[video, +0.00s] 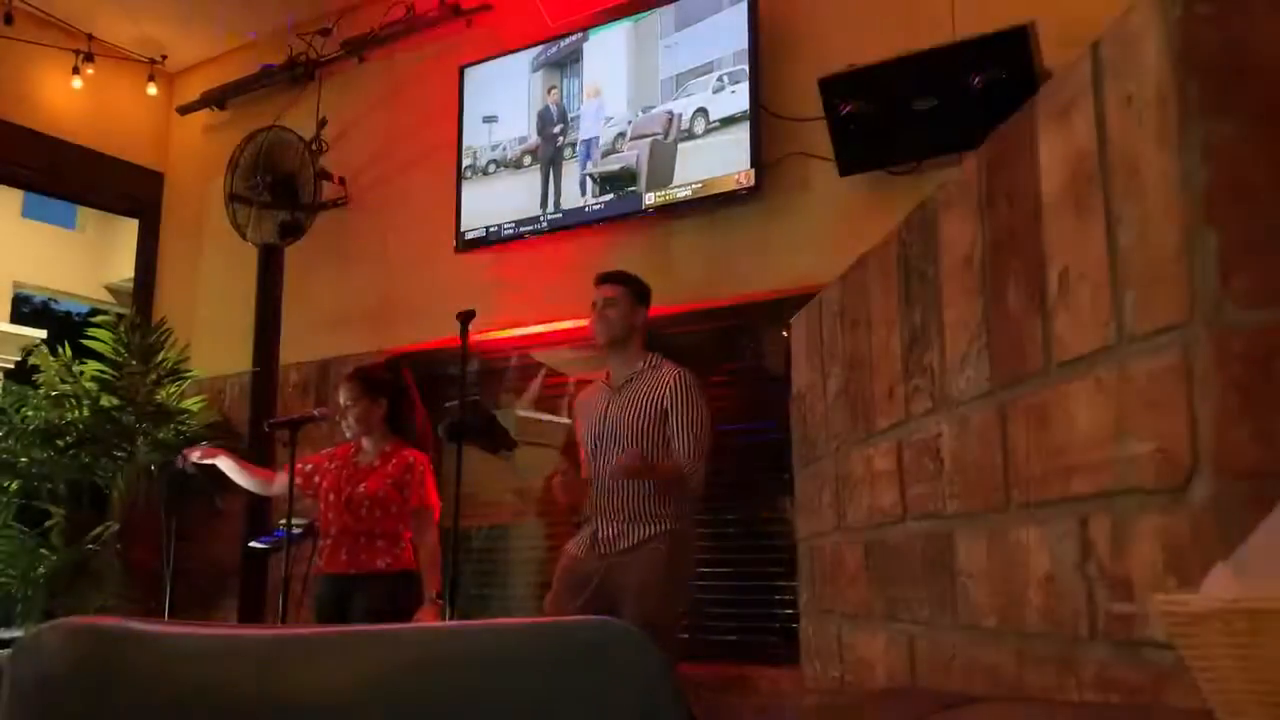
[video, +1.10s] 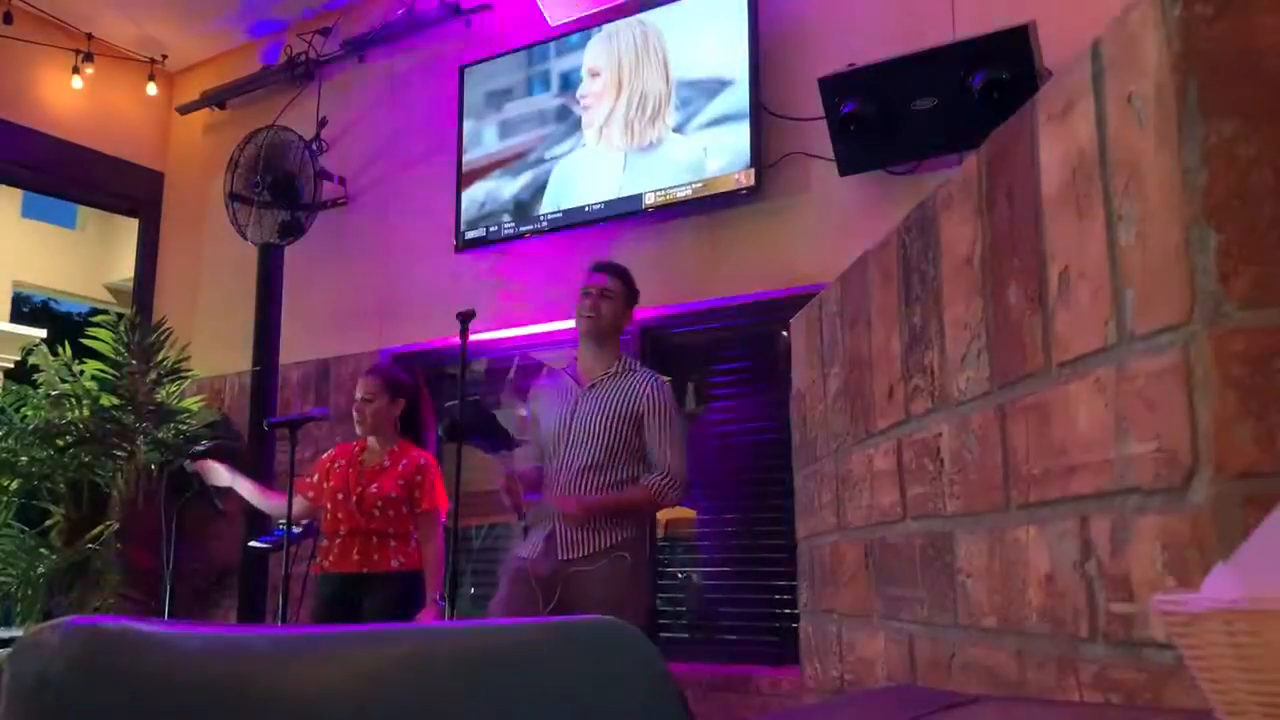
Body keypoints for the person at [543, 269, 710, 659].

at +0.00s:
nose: (598, 313)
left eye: (610, 305)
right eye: (595, 306)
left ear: (640, 316)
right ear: (592, 317)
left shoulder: (674, 383)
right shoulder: (586, 398)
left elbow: (691, 473)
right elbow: (591, 476)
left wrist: (646, 470)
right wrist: (571, 486)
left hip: (655, 541)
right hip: (593, 540)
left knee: (643, 651)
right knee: (559, 632)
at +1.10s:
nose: (590, 301)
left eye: (605, 295)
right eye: (585, 293)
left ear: (627, 314)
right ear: (576, 305)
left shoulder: (648, 389)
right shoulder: (547, 386)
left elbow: (669, 484)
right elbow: (536, 466)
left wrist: (590, 506)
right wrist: (517, 484)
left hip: (609, 559)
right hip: (539, 557)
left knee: (608, 680)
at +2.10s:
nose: (472, 327)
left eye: (476, 314)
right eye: (472, 316)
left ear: (503, 308)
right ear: (504, 311)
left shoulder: (567, 360)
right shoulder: (515, 385)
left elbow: (616, 442)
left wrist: (560, 506)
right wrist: (500, 496)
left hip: (570, 554)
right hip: (514, 555)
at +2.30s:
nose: (498, 331)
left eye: (502, 319)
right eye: (498, 322)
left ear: (530, 310)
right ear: (527, 313)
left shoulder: (585, 364)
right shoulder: (525, 399)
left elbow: (628, 439)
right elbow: (544, 484)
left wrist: (570, 480)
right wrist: (508, 506)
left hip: (591, 546)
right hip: (536, 551)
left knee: (603, 662)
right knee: (506, 654)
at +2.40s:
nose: (504, 332)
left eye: (508, 320)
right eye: (503, 323)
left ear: (538, 312)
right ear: (537, 314)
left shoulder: (599, 365)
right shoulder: (540, 395)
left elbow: (639, 439)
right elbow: (558, 477)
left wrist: (584, 474)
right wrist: (520, 496)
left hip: (604, 547)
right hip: (549, 548)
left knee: (605, 662)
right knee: (512, 648)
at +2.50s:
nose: (519, 332)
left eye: (524, 320)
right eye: (518, 322)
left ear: (554, 315)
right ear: (549, 319)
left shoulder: (616, 370)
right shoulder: (542, 393)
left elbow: (656, 449)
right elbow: (553, 468)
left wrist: (596, 478)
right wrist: (527, 491)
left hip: (614, 551)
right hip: (554, 551)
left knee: (613, 665)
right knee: (539, 659)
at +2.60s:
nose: (538, 328)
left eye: (545, 316)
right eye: (535, 321)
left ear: (580, 311)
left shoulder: (639, 378)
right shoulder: (559, 401)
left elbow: (678, 459)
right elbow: (577, 474)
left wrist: (620, 489)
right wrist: (540, 488)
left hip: (631, 543)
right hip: (570, 544)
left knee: (636, 664)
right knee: (543, 654)